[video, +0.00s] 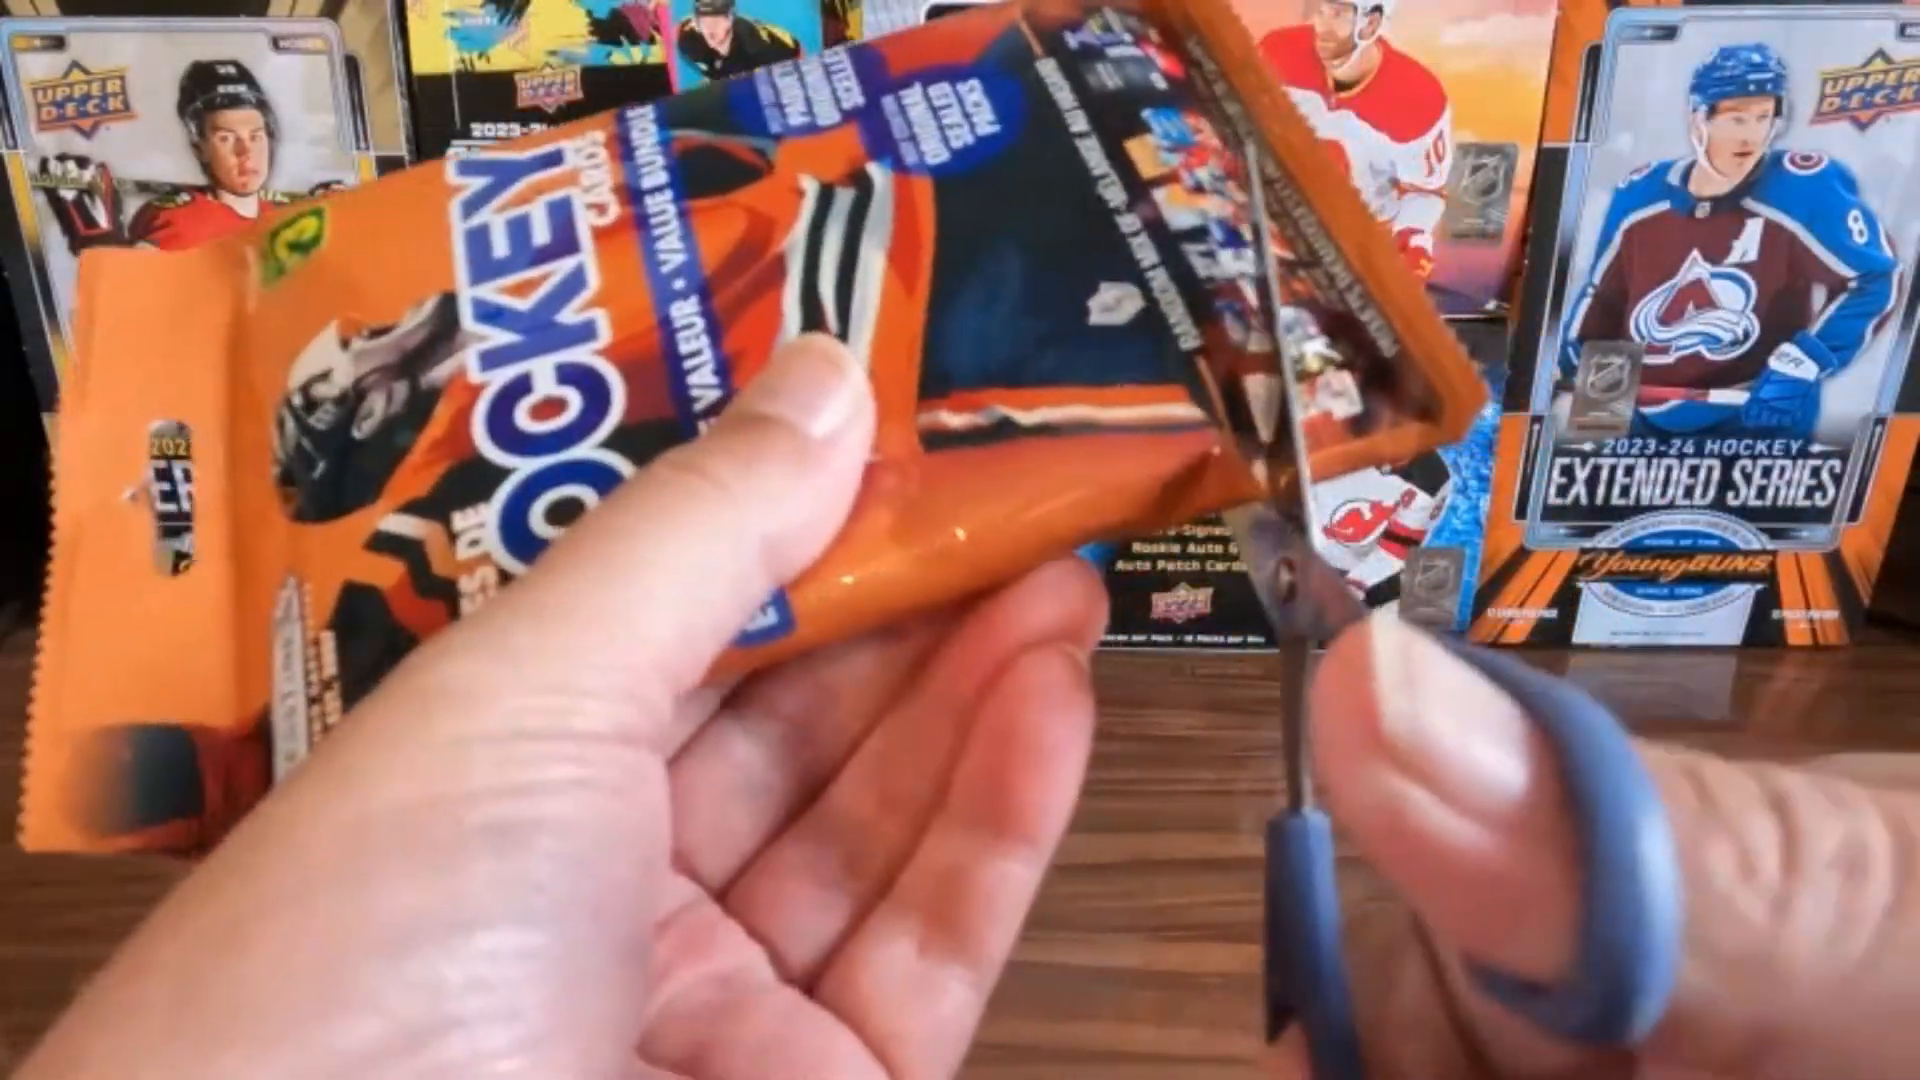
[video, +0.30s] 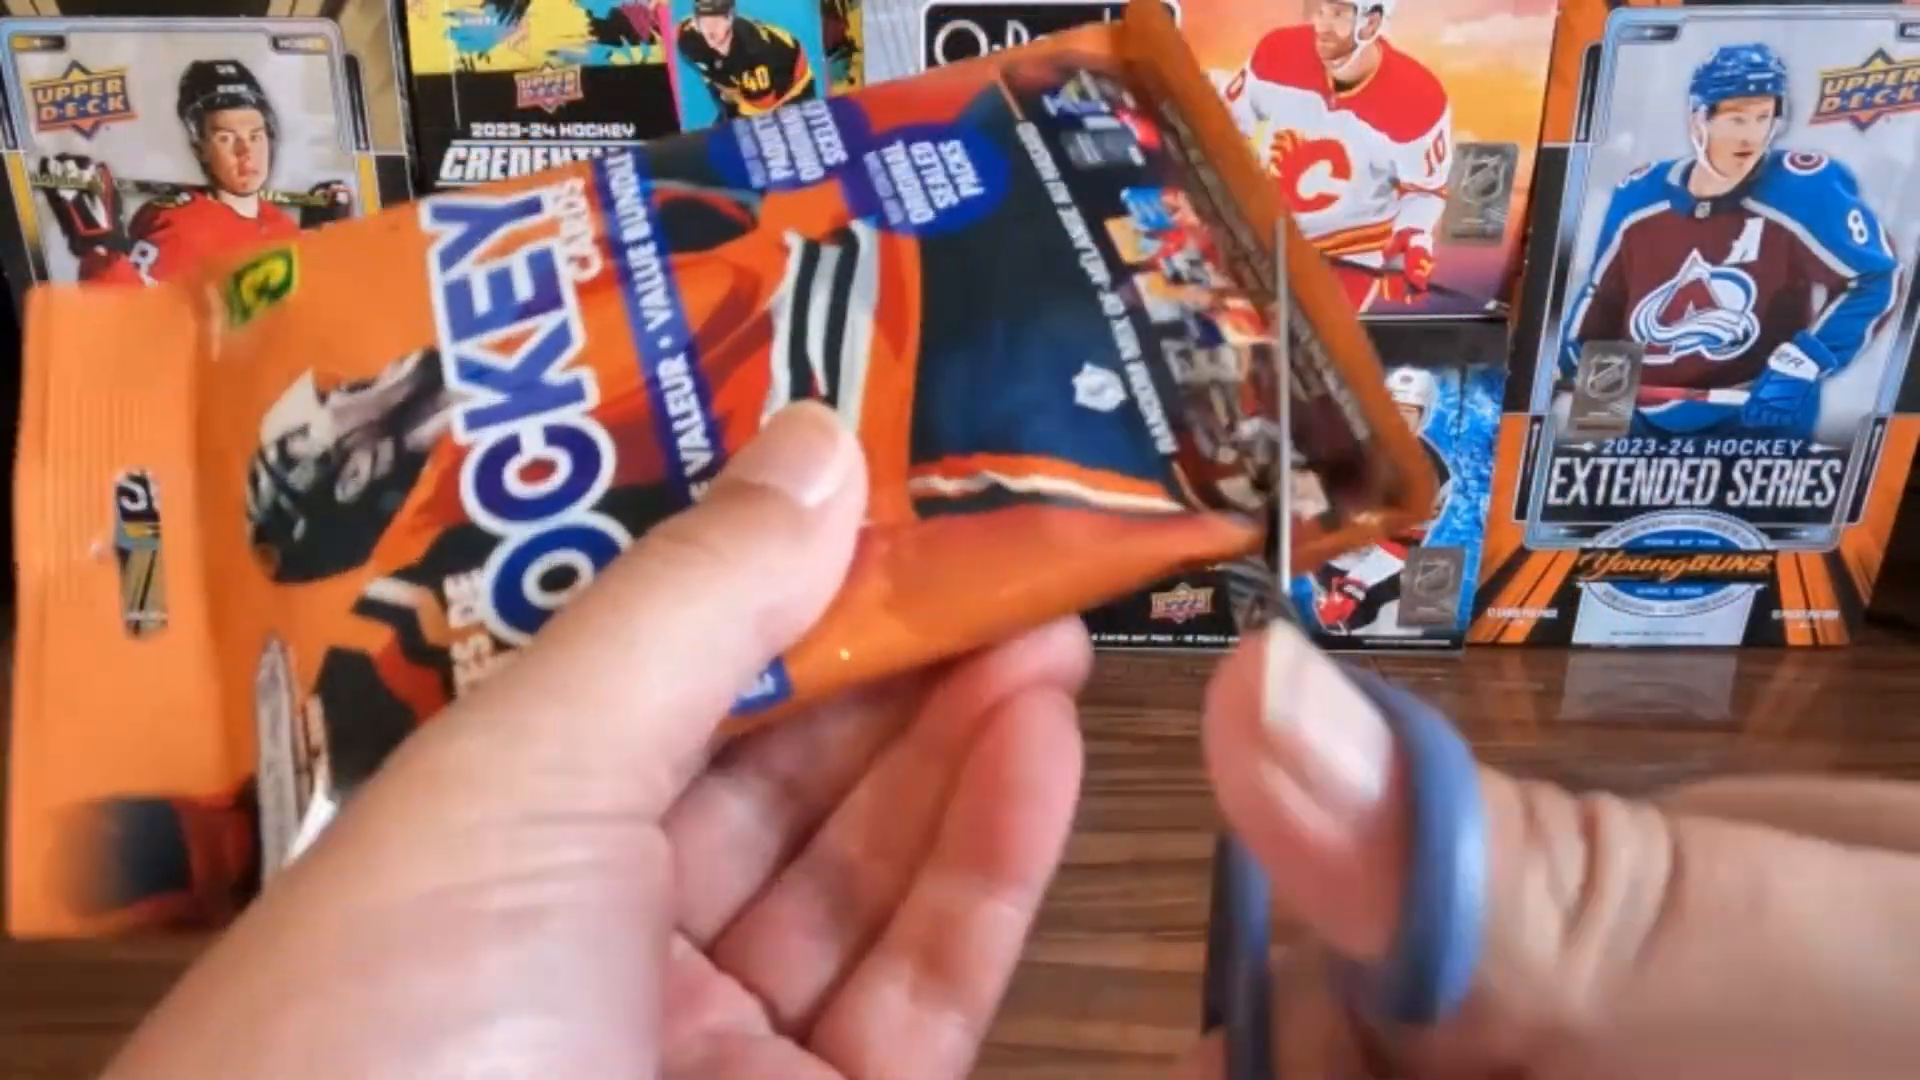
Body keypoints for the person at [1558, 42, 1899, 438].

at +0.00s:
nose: (1749, 135)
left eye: (1762, 118)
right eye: (1735, 118)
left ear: (1775, 123)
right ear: (1698, 123)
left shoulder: (1805, 192)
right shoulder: (1638, 197)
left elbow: (1879, 280)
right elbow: (1599, 297)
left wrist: (1802, 365)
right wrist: (1576, 369)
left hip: (1744, 427)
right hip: (1637, 421)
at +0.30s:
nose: (1750, 135)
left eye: (1762, 118)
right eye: (1735, 118)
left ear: (1775, 123)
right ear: (1698, 123)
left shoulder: (1805, 192)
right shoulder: (1638, 198)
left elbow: (1878, 280)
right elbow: (1599, 296)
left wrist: (1801, 366)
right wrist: (1575, 366)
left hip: (1745, 427)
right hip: (1638, 422)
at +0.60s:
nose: (1750, 135)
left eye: (1762, 118)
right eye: (1735, 119)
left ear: (1775, 123)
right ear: (1698, 123)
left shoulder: (1807, 191)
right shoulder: (1638, 197)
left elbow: (1878, 280)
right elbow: (1600, 296)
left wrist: (1802, 365)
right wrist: (1577, 366)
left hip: (1744, 427)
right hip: (1637, 422)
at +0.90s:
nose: (1750, 135)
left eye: (1762, 119)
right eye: (1735, 119)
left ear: (1775, 123)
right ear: (1698, 124)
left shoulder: (1805, 192)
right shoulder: (1638, 197)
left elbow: (1879, 280)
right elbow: (1599, 296)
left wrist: (1802, 364)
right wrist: (1579, 367)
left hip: (1742, 426)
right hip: (1636, 421)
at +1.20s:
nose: (1750, 135)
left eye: (1762, 118)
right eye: (1735, 119)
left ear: (1775, 123)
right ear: (1698, 124)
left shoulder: (1806, 192)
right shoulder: (1638, 197)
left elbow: (1879, 280)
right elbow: (1598, 296)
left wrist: (1802, 364)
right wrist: (1574, 365)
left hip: (1744, 427)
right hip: (1637, 421)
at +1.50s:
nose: (1749, 135)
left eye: (1762, 118)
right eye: (1735, 119)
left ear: (1775, 123)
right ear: (1698, 124)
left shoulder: (1805, 192)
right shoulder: (1638, 197)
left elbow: (1879, 280)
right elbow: (1598, 295)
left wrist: (1801, 365)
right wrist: (1577, 364)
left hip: (1743, 426)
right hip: (1637, 421)